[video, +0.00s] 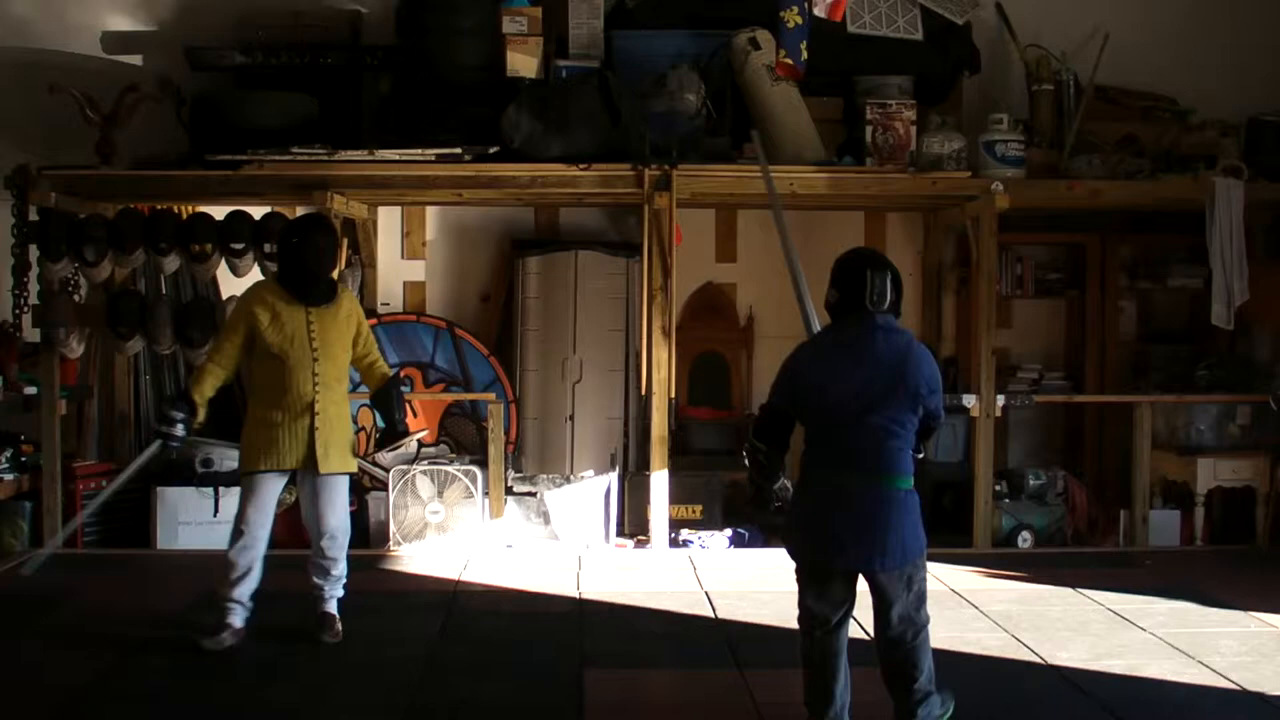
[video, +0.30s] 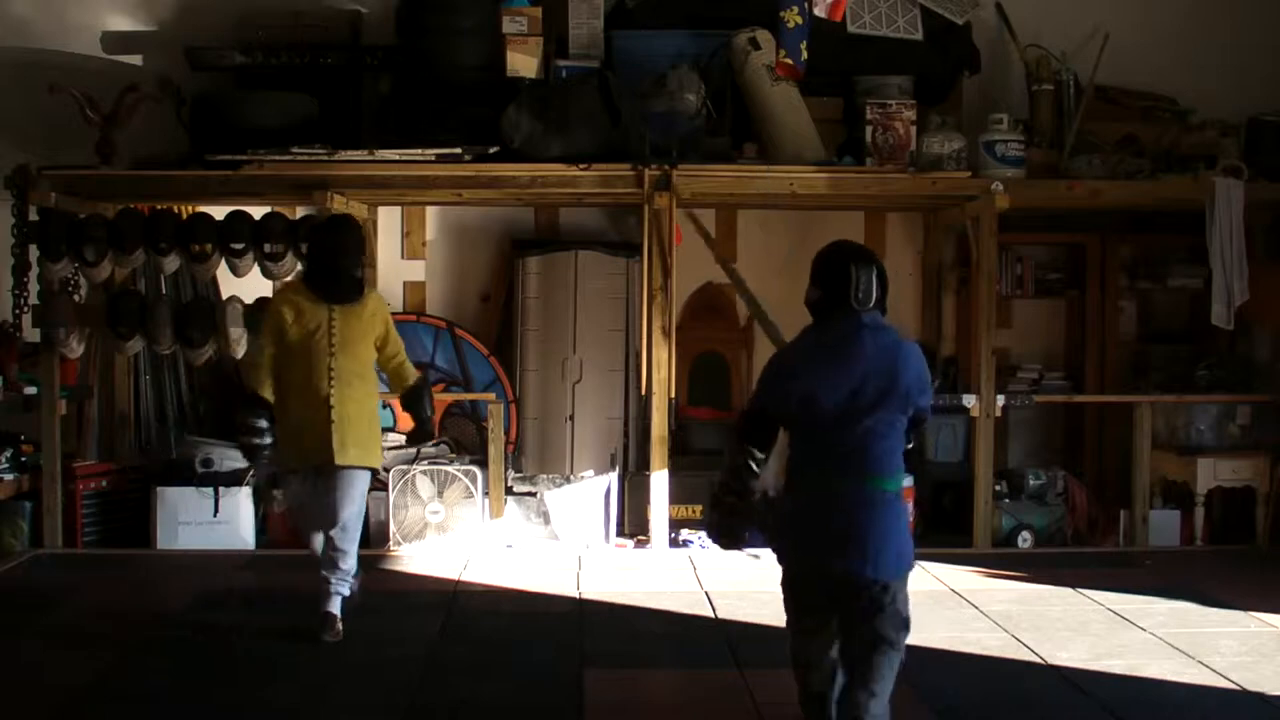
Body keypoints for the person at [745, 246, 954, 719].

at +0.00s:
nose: (828, 298)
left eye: (831, 290)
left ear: (835, 295)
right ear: (893, 297)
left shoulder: (808, 355)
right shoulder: (916, 357)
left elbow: (770, 433)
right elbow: (928, 426)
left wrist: (772, 488)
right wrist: (894, 451)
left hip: (821, 510)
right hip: (891, 513)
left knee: (823, 629)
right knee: (905, 627)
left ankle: (828, 713)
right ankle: (921, 710)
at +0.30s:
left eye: (816, 287)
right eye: (875, 287)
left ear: (815, 291)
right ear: (878, 291)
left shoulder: (792, 359)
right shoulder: (904, 357)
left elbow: (752, 441)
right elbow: (914, 433)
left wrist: (737, 500)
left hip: (806, 527)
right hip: (877, 531)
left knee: (814, 649)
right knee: (878, 648)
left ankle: (819, 711)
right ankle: (863, 710)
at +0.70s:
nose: (781, 287)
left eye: (786, 278)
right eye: (845, 281)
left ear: (787, 283)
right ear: (850, 288)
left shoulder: (757, 353)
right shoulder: (883, 358)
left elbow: (726, 453)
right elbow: (910, 462)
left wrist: (726, 511)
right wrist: (881, 518)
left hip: (775, 531)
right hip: (853, 536)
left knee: (758, 668)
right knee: (848, 670)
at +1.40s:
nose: (735, 294)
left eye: (740, 286)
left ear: (743, 291)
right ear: (812, 291)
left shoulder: (717, 363)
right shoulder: (855, 361)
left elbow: (676, 461)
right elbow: (892, 469)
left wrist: (677, 523)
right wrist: (884, 535)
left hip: (771, 545)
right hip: (856, 539)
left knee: (740, 692)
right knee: (901, 683)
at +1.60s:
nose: (803, 309)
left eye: (808, 299)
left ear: (815, 306)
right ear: (883, 306)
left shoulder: (786, 377)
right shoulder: (928, 381)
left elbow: (735, 486)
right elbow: (952, 501)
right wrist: (905, 543)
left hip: (820, 564)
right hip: (910, 564)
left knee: (768, 703)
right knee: (947, 705)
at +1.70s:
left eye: (856, 297)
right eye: (907, 296)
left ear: (857, 303)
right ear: (919, 302)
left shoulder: (834, 373)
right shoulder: (955, 370)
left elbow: (787, 468)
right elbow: (987, 483)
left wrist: (778, 547)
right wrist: (966, 549)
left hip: (861, 557)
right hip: (944, 558)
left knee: (795, 701)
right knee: (977, 704)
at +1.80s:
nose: (881, 299)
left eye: (886, 290)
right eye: (887, 289)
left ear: (890, 295)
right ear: (949, 296)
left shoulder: (862, 364)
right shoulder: (996, 372)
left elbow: (823, 463)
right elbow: (1018, 489)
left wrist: (798, 523)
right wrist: (988, 538)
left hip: (886, 554)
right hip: (970, 555)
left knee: (834, 695)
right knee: (981, 701)